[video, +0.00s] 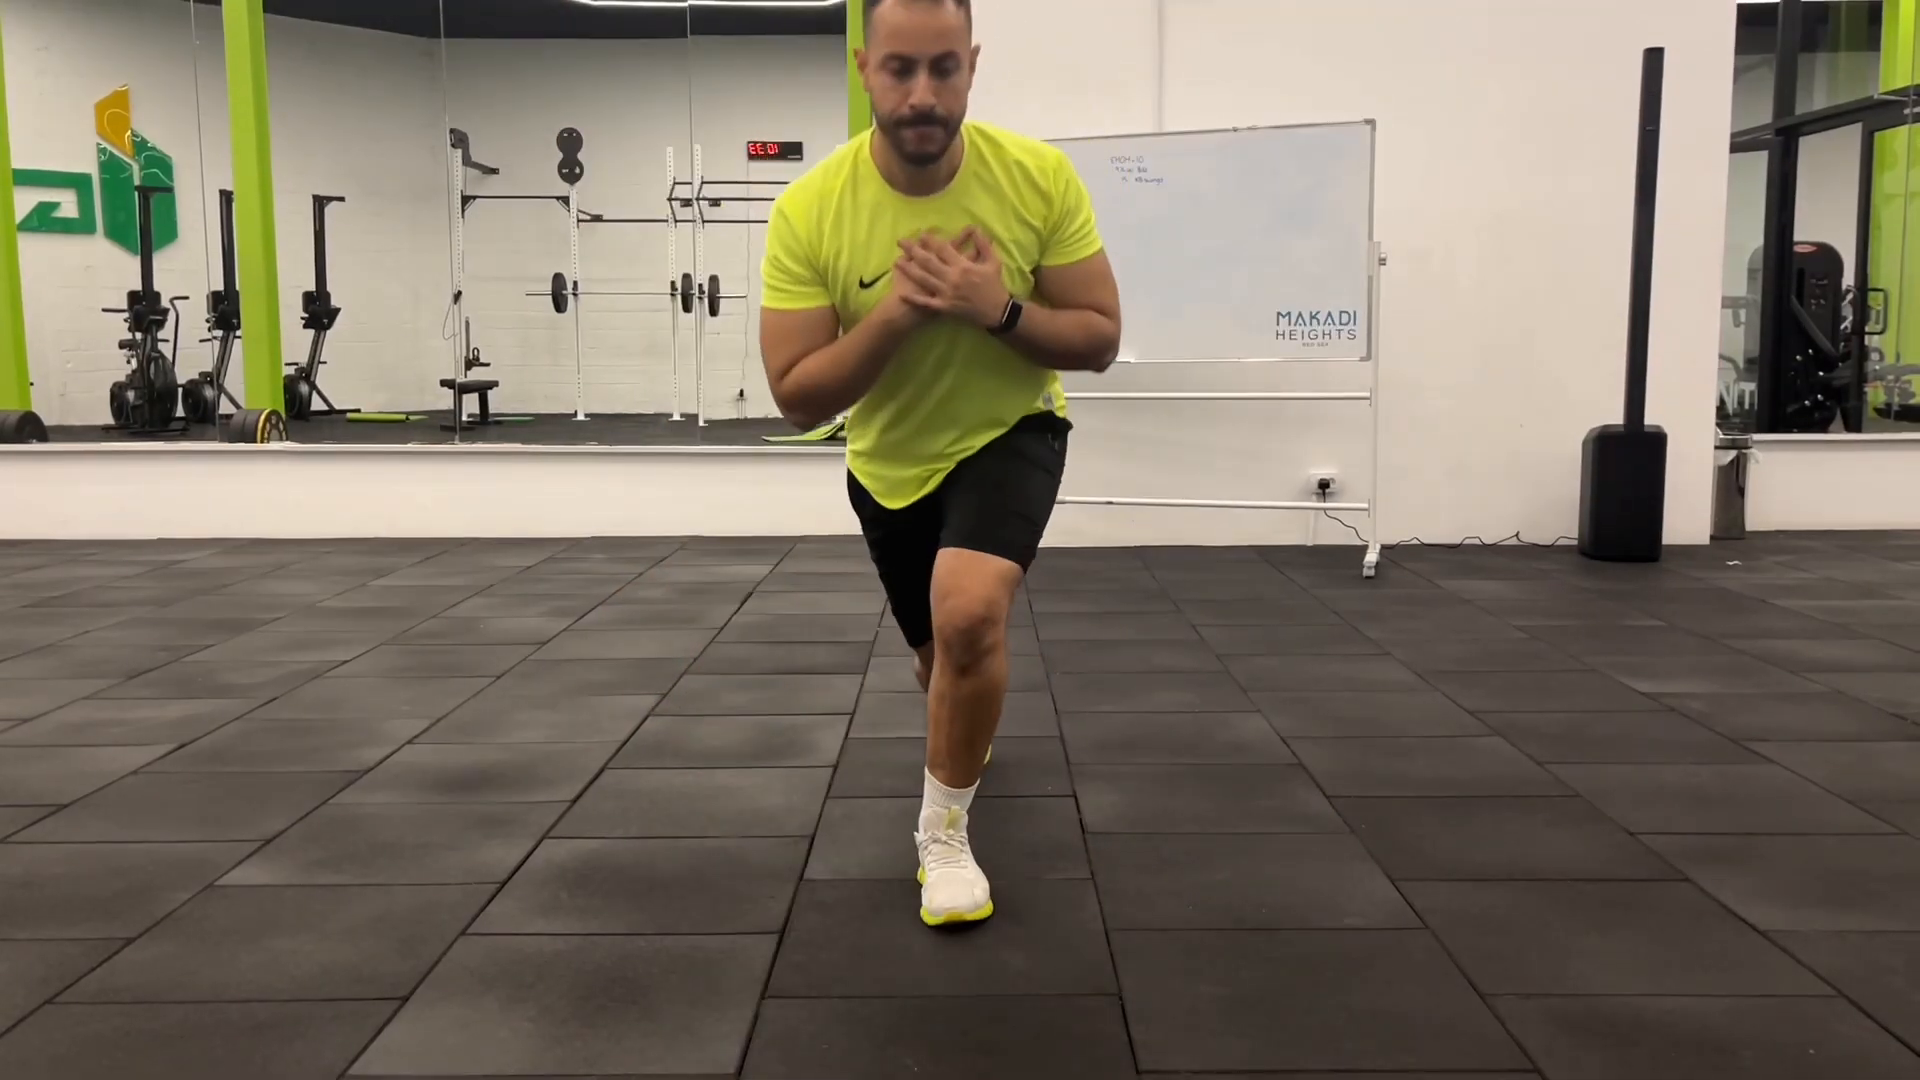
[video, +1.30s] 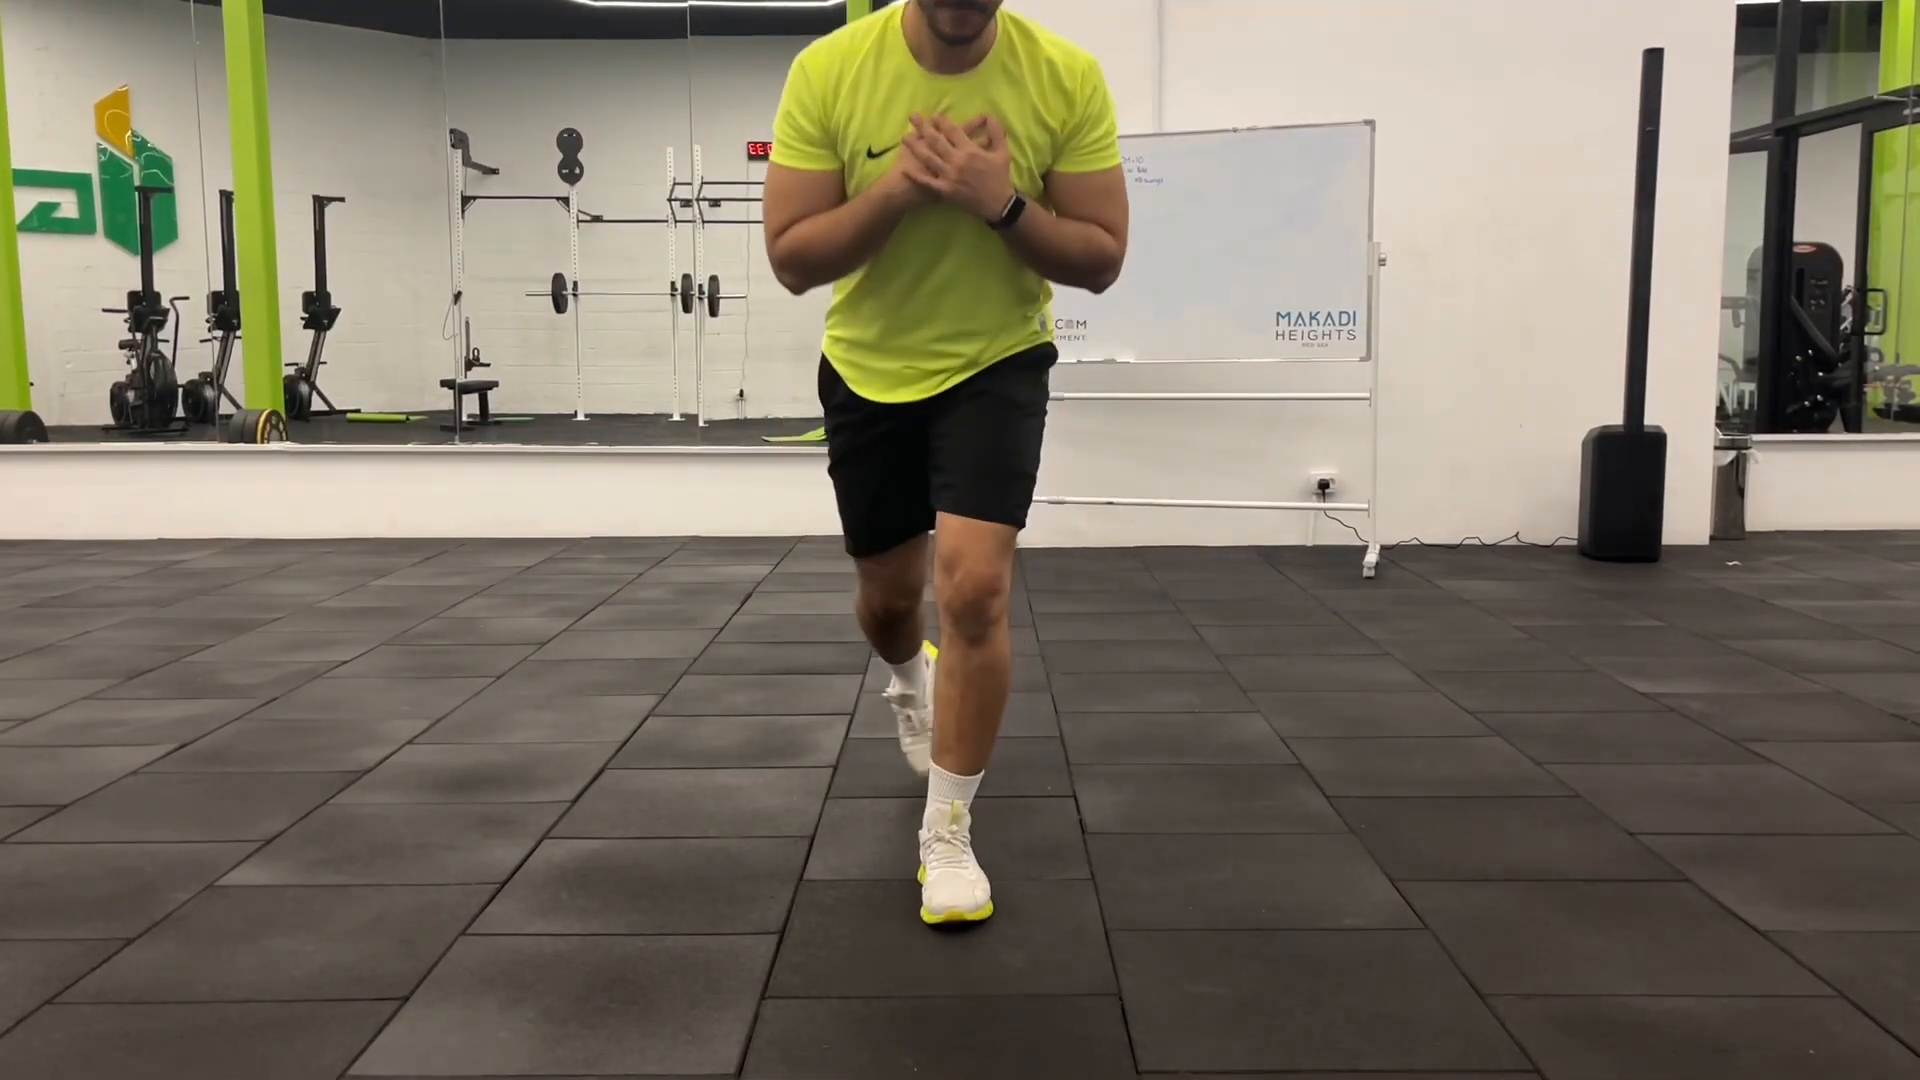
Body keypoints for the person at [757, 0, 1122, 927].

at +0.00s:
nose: (922, 94)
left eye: (943, 68)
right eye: (898, 69)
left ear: (972, 67)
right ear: (862, 73)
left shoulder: (1038, 179)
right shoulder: (809, 213)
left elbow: (1098, 337)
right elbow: (797, 397)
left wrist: (1002, 312)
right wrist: (895, 313)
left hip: (1009, 424)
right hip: (889, 452)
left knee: (967, 620)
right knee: (935, 658)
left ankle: (945, 830)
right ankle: (963, 750)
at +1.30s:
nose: (962, 11)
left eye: (977, 0)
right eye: (943, 1)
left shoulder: (1067, 80)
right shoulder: (828, 75)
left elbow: (1101, 258)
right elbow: (792, 258)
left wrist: (1005, 204)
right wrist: (900, 184)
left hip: (998, 354)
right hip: (868, 359)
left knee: (974, 593)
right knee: (890, 597)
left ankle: (948, 830)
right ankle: (908, 680)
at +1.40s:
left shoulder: (1064, 45)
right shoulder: (828, 34)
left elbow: (1100, 232)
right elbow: (789, 225)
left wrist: (999, 166)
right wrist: (891, 148)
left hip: (995, 340)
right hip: (860, 340)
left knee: (969, 586)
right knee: (859, 592)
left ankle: (948, 827)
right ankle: (879, 707)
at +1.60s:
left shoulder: (1059, 13)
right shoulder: (818, 8)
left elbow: (1092, 192)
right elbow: (779, 181)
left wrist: (986, 109)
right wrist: (871, 88)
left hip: (983, 327)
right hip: (841, 317)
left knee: (959, 576)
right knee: (804, 573)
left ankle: (947, 834)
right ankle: (776, 787)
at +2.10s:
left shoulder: (1028, 7)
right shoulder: (791, 2)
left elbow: (1067, 179)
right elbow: (751, 164)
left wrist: (978, 81)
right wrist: (869, 56)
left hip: (960, 321)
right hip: (816, 315)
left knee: (949, 578)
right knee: (779, 572)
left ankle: (947, 837)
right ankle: (743, 813)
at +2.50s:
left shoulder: (1079, 15)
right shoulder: (836, 8)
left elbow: (1112, 199)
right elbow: (792, 182)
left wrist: (1006, 114)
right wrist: (902, 94)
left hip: (996, 330)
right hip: (858, 324)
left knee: (972, 582)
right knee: (847, 576)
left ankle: (949, 826)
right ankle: (888, 729)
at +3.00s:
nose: (990, 106)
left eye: (1014, 80)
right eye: (969, 80)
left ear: (1041, 77)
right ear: (932, 72)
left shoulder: (1095, 196)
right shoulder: (865, 193)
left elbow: (1132, 363)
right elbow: (831, 364)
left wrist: (1030, 320)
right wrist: (930, 307)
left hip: (1041, 431)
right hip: (925, 450)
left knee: (971, 608)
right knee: (1023, 651)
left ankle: (946, 835)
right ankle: (1118, 687)